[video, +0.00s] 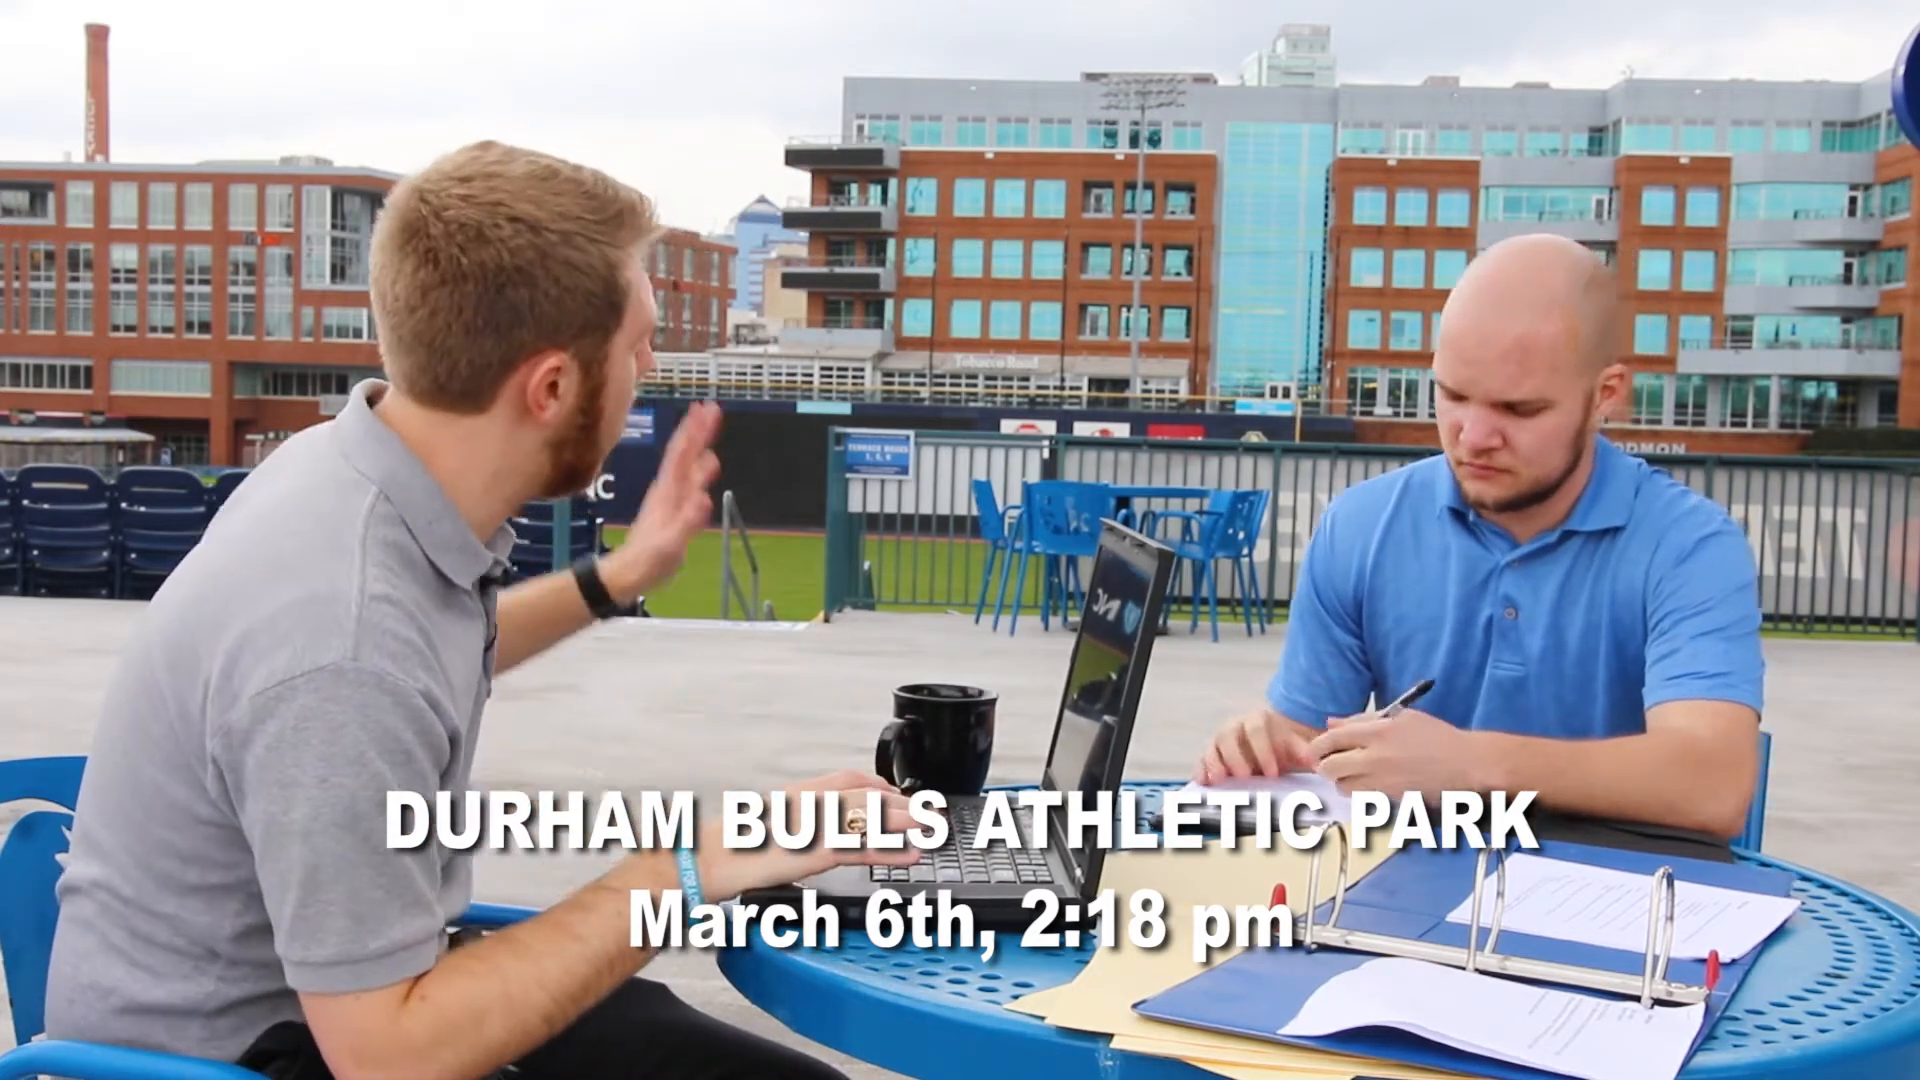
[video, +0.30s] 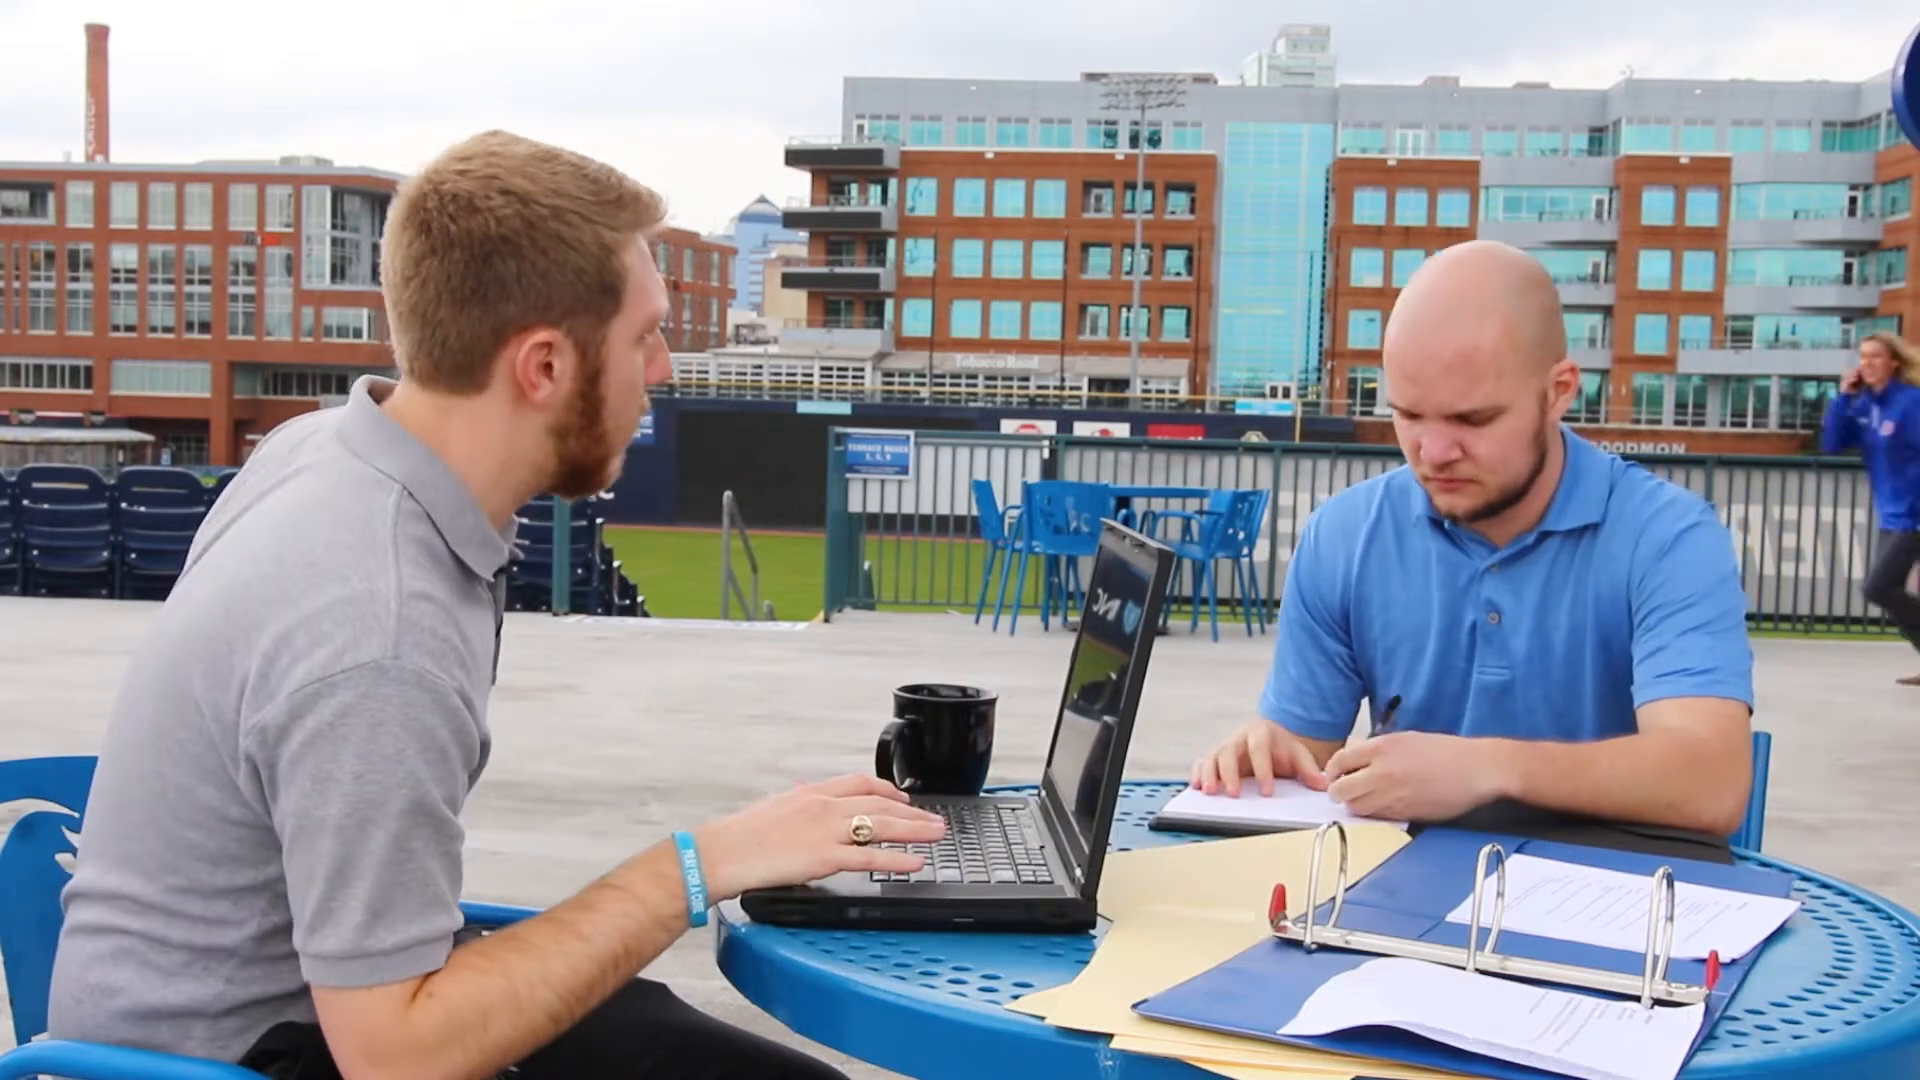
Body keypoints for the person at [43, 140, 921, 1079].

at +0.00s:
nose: (647, 366)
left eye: (644, 335)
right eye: (638, 341)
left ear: (416, 340)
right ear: (549, 387)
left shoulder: (341, 469)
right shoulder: (339, 653)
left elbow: (419, 662)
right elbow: (387, 1047)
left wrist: (619, 575)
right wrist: (685, 870)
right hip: (213, 1048)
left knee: (634, 1000)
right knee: (795, 1069)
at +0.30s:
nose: (664, 372)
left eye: (660, 335)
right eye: (648, 340)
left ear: (528, 360)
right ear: (539, 368)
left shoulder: (323, 452)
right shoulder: (369, 640)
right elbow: (397, 1047)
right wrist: (709, 863)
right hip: (214, 1052)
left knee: (627, 1009)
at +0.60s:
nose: (661, 375)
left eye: (658, 337)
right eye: (644, 341)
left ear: (529, 355)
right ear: (536, 361)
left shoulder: (320, 459)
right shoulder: (366, 619)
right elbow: (388, 1037)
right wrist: (711, 860)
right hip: (212, 1049)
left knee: (609, 997)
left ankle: (818, 1066)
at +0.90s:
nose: (652, 357)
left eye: (645, 320)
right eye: (631, 324)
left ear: (526, 352)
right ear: (527, 356)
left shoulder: (332, 461)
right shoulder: (362, 614)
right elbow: (387, 1036)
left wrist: (393, 942)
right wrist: (711, 860)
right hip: (209, 1052)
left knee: (615, 1002)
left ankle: (816, 1068)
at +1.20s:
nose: (616, 360)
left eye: (618, 328)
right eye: (617, 334)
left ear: (405, 323)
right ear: (552, 379)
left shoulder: (343, 452)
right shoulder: (337, 627)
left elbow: (538, 496)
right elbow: (387, 1040)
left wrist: (752, 406)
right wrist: (712, 859)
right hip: (211, 1050)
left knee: (625, 1003)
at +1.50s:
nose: (618, 370)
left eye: (620, 338)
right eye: (623, 340)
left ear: (409, 318)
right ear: (584, 365)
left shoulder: (347, 468)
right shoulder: (345, 622)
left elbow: (529, 549)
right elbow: (382, 1039)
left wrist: (772, 510)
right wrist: (707, 860)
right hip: (216, 1051)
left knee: (633, 1007)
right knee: (798, 1070)